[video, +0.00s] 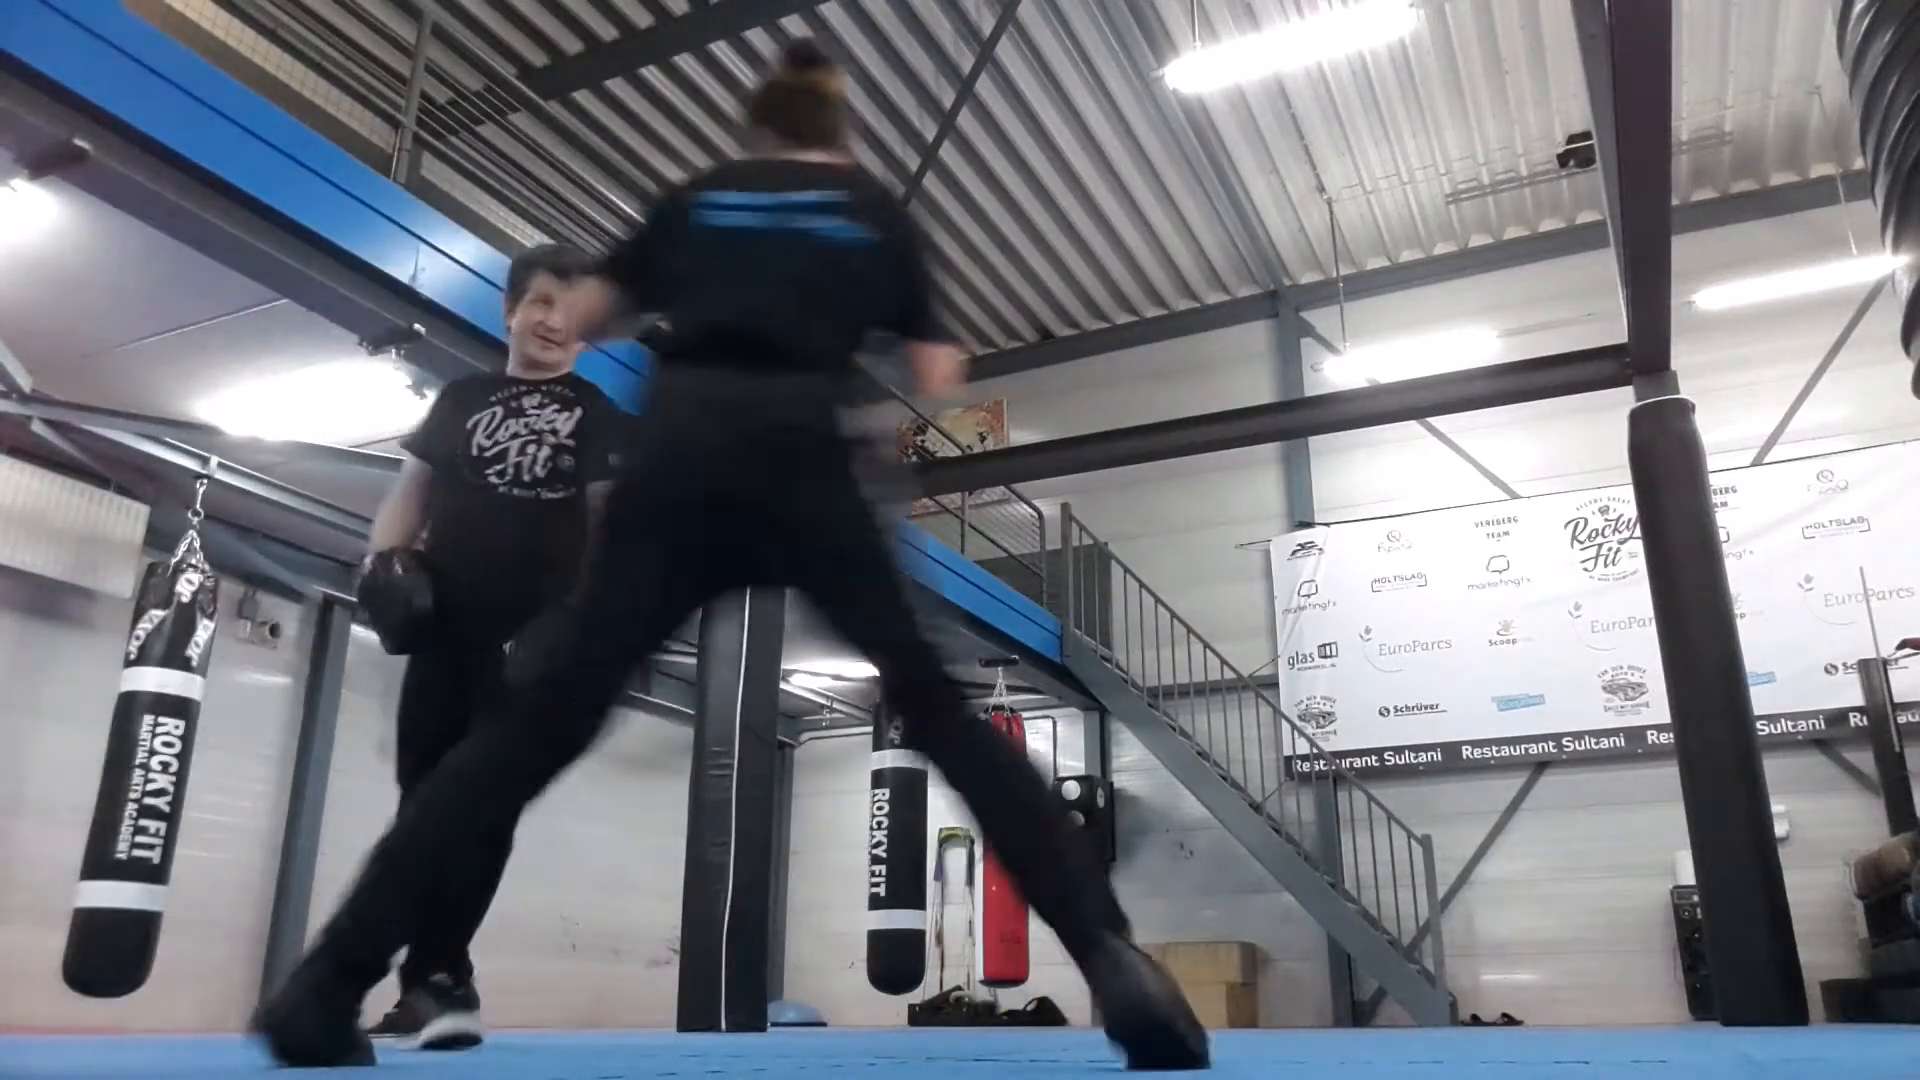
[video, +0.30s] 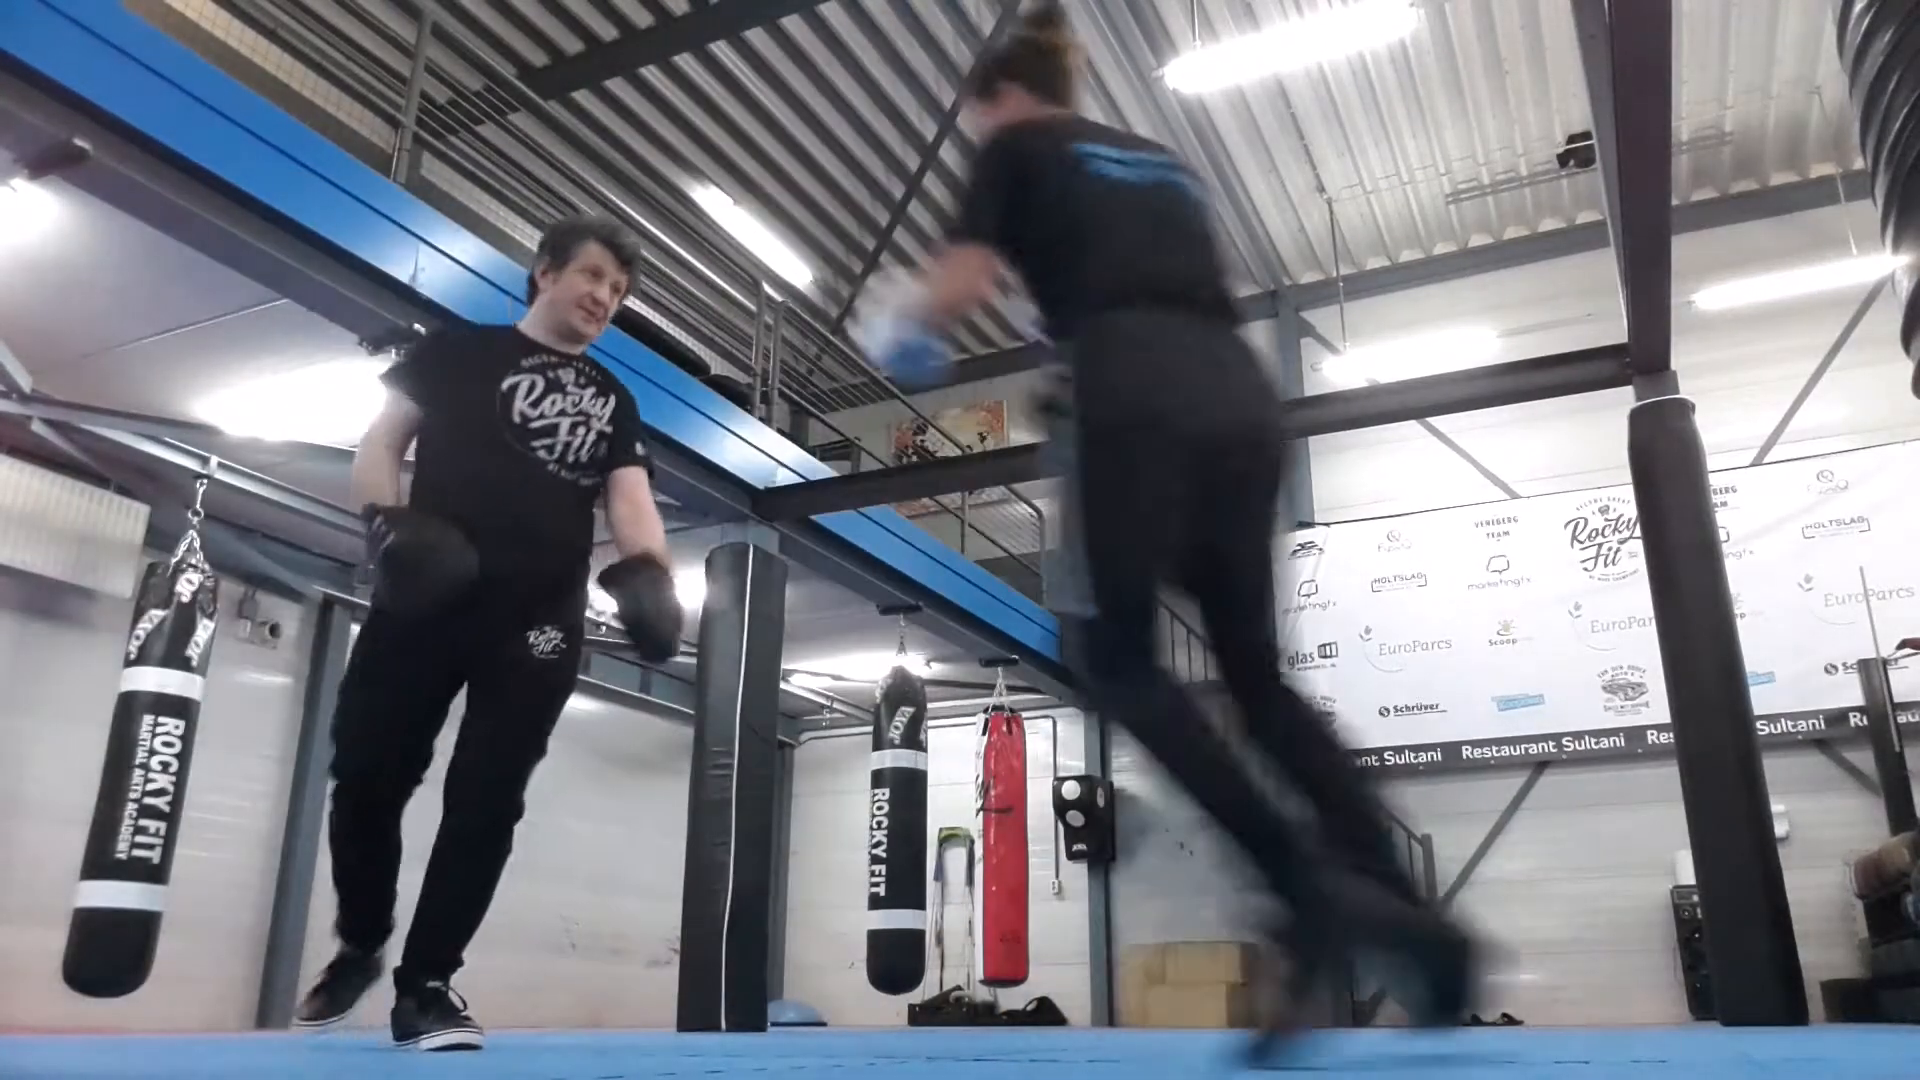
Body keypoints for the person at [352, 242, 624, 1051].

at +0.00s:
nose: (548, 324)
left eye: (565, 314)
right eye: (536, 307)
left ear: (585, 332)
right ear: (510, 312)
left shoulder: (598, 419)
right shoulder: (462, 398)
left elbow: (611, 536)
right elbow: (410, 496)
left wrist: (579, 625)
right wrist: (382, 566)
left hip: (536, 629)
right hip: (448, 618)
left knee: (487, 792)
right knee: (426, 791)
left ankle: (446, 979)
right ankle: (426, 983)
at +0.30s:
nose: (601, 296)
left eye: (615, 290)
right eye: (590, 275)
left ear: (619, 308)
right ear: (544, 273)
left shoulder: (609, 400)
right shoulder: (454, 348)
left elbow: (632, 504)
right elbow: (376, 452)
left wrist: (649, 575)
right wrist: (394, 521)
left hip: (536, 621)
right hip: (425, 598)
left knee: (484, 804)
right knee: (365, 781)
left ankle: (426, 987)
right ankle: (361, 943)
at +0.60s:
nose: (599, 289)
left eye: (609, 279)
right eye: (587, 268)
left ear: (610, 292)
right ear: (536, 261)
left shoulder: (604, 397)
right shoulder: (452, 341)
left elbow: (637, 507)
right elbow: (379, 451)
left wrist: (677, 600)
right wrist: (424, 521)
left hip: (557, 615)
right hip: (445, 597)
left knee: (613, 745)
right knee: (415, 784)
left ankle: (508, 935)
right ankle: (357, 994)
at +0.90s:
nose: (706, 296)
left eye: (712, 284)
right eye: (698, 275)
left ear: (689, 285)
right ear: (645, 262)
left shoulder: (684, 393)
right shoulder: (556, 328)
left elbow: (716, 510)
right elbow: (484, 411)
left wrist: (766, 605)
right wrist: (502, 494)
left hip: (642, 623)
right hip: (536, 609)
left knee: (710, 795)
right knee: (460, 797)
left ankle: (745, 993)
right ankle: (367, 989)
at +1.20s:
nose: (814, 303)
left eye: (817, 290)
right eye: (809, 284)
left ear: (774, 282)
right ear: (765, 274)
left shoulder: (767, 392)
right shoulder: (695, 328)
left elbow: (787, 521)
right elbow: (645, 409)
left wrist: (835, 618)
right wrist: (644, 509)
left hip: (746, 613)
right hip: (677, 588)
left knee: (762, 786)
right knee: (641, 762)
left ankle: (757, 996)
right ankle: (511, 944)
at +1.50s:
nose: (850, 291)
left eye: (851, 280)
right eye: (843, 274)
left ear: (802, 272)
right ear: (802, 265)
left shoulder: (792, 355)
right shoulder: (755, 317)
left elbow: (793, 503)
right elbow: (713, 402)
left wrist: (830, 611)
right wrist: (772, 494)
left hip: (767, 588)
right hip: (733, 578)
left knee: (759, 780)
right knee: (749, 778)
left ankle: (752, 989)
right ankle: (716, 992)